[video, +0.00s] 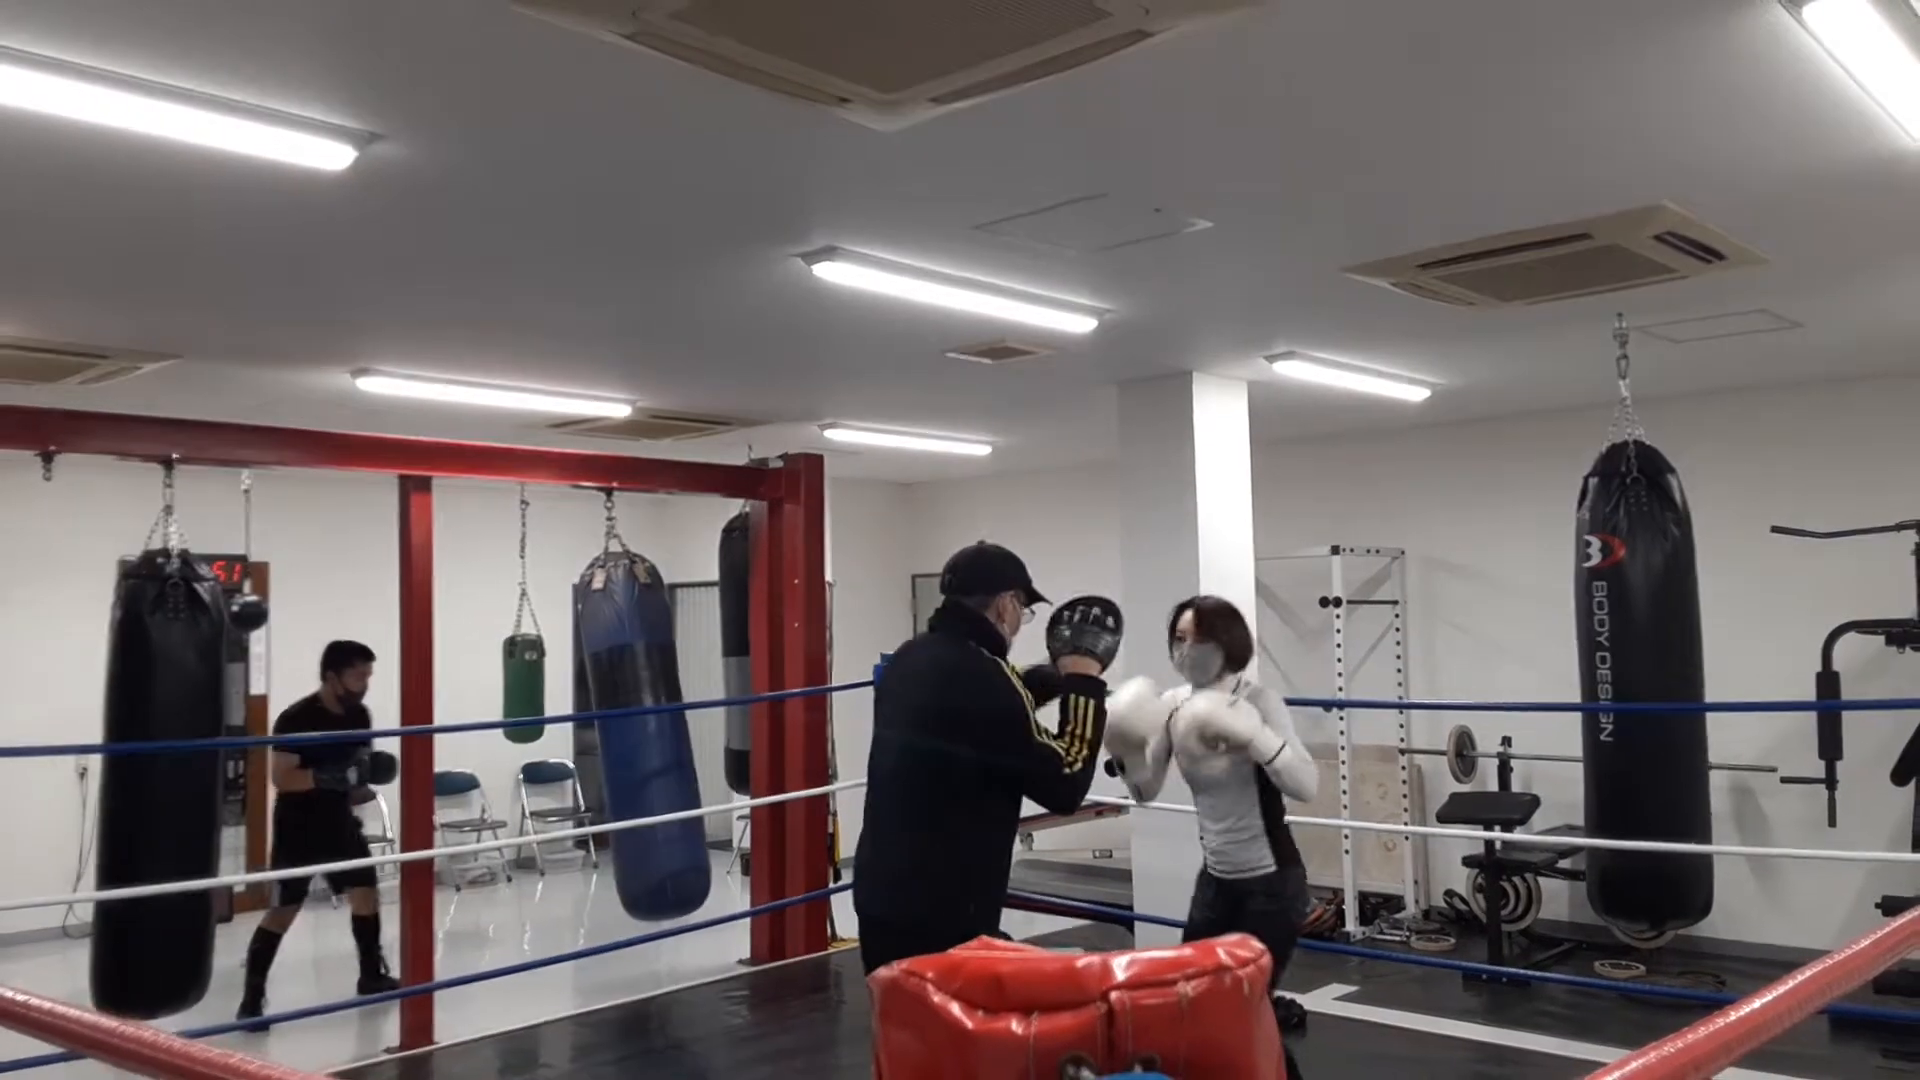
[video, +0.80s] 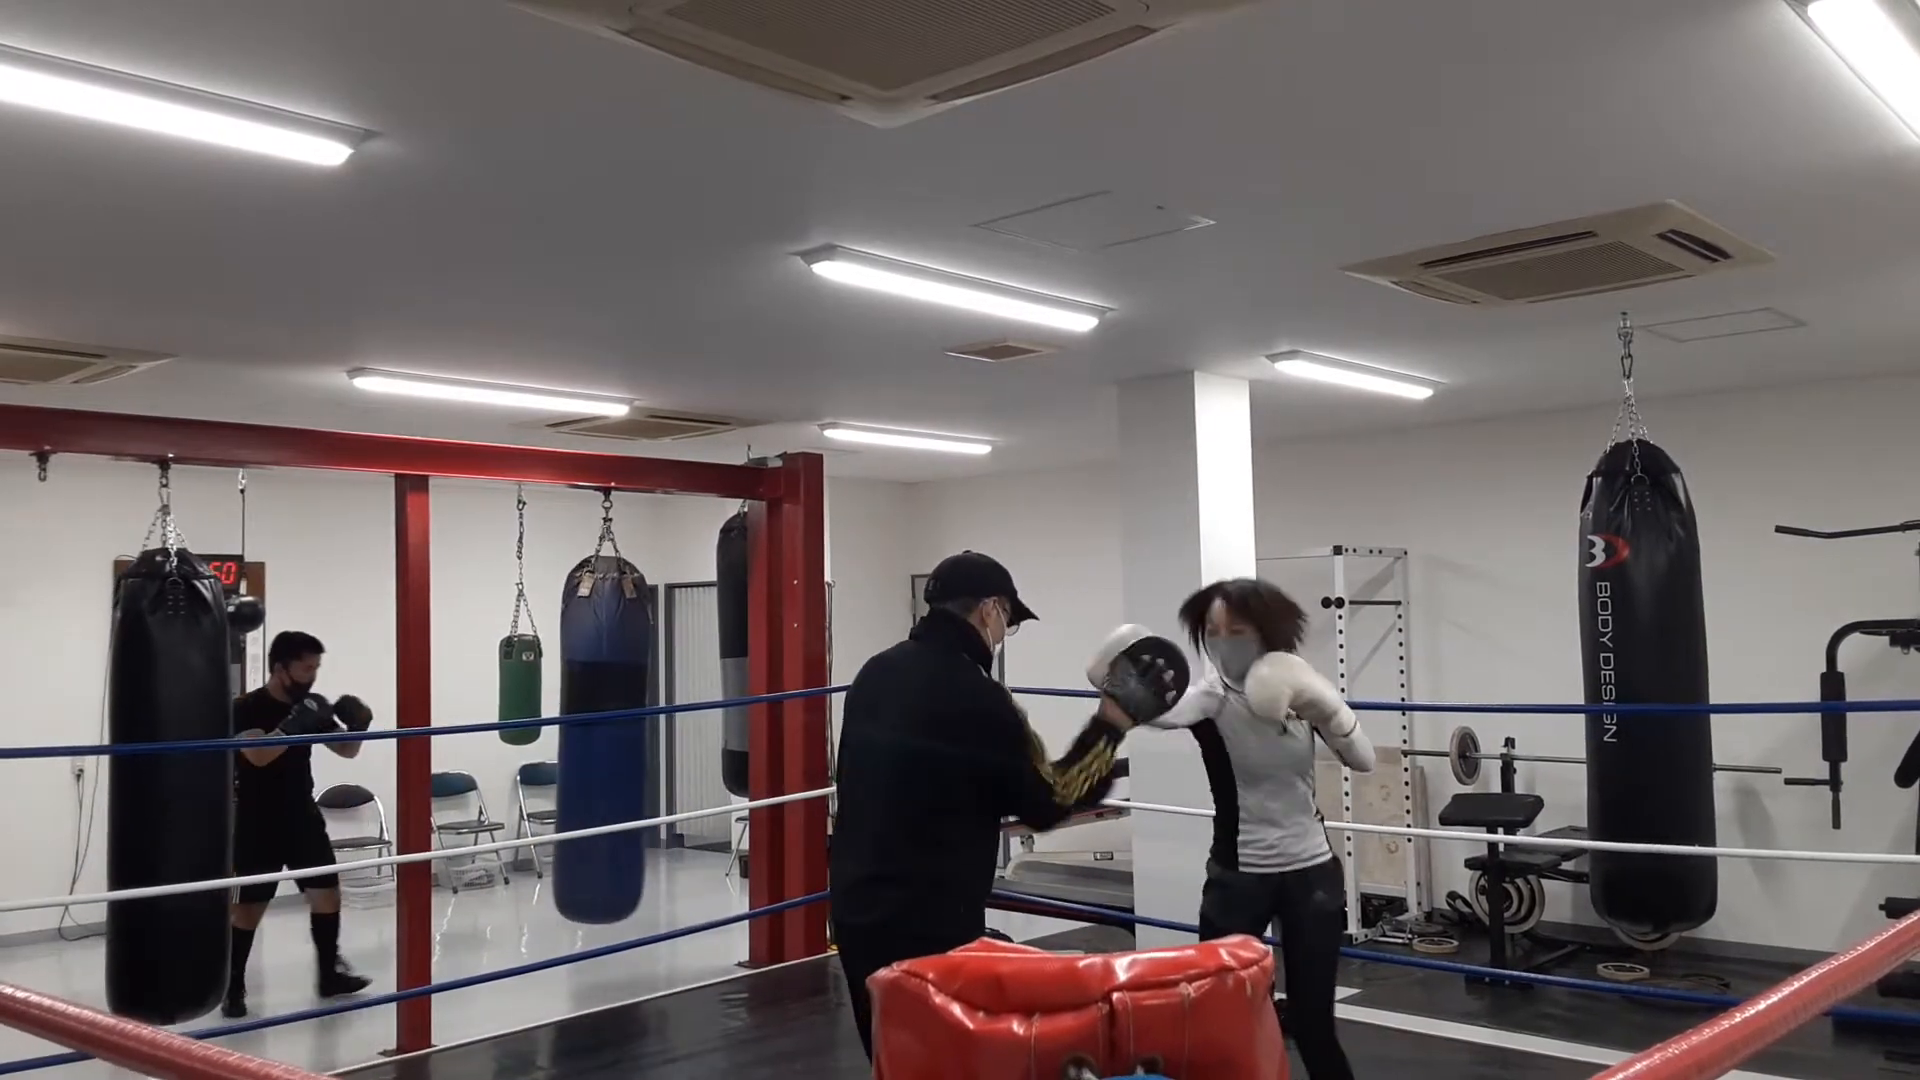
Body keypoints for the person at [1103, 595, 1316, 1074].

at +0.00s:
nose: (1183, 650)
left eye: (1195, 640)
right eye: (1178, 639)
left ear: (1225, 645)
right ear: (1171, 644)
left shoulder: (1258, 700)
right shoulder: (1177, 708)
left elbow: (1307, 787)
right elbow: (1145, 790)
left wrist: (1251, 732)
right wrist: (1123, 744)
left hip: (1271, 883)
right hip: (1215, 879)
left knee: (1246, 1003)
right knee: (1190, 995)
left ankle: (1279, 1071)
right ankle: (1195, 1074)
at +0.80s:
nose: (1227, 648)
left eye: (1238, 634)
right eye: (1216, 636)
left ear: (1267, 634)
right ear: (1205, 641)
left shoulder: (1300, 691)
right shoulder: (1206, 697)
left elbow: (1364, 761)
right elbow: (1163, 715)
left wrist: (1321, 705)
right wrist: (1117, 680)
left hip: (1311, 873)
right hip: (1237, 876)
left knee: (1312, 1024)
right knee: (1218, 1017)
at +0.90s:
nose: (1231, 659)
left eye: (1244, 646)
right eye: (1222, 647)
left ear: (1275, 648)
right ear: (1215, 650)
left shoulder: (1307, 697)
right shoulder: (1216, 704)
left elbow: (1368, 772)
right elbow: (1164, 734)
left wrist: (1330, 716)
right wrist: (1146, 706)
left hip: (1311, 880)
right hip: (1237, 882)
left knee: (1314, 1032)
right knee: (1229, 1022)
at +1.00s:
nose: (1233, 657)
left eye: (1245, 646)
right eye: (1229, 645)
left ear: (1279, 655)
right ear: (1225, 645)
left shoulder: (1320, 697)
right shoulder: (1214, 707)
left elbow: (1367, 785)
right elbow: (1160, 768)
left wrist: (1333, 735)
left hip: (1314, 884)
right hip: (1241, 884)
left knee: (1310, 1033)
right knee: (1230, 1025)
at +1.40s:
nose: (1230, 653)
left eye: (1239, 639)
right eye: (1226, 641)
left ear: (1274, 637)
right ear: (1222, 644)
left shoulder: (1324, 687)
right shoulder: (1235, 696)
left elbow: (1333, 779)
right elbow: (1204, 779)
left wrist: (1279, 709)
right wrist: (1175, 725)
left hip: (1326, 888)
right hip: (1264, 881)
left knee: (1308, 1042)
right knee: (1234, 1012)